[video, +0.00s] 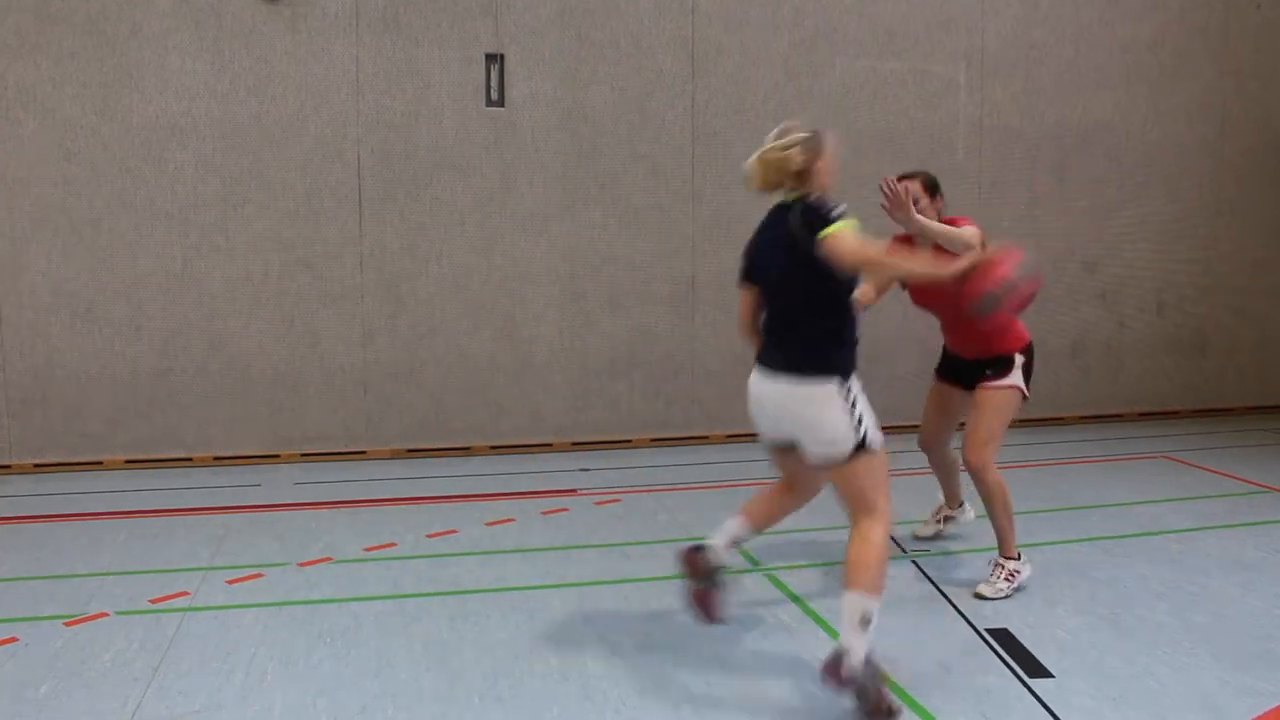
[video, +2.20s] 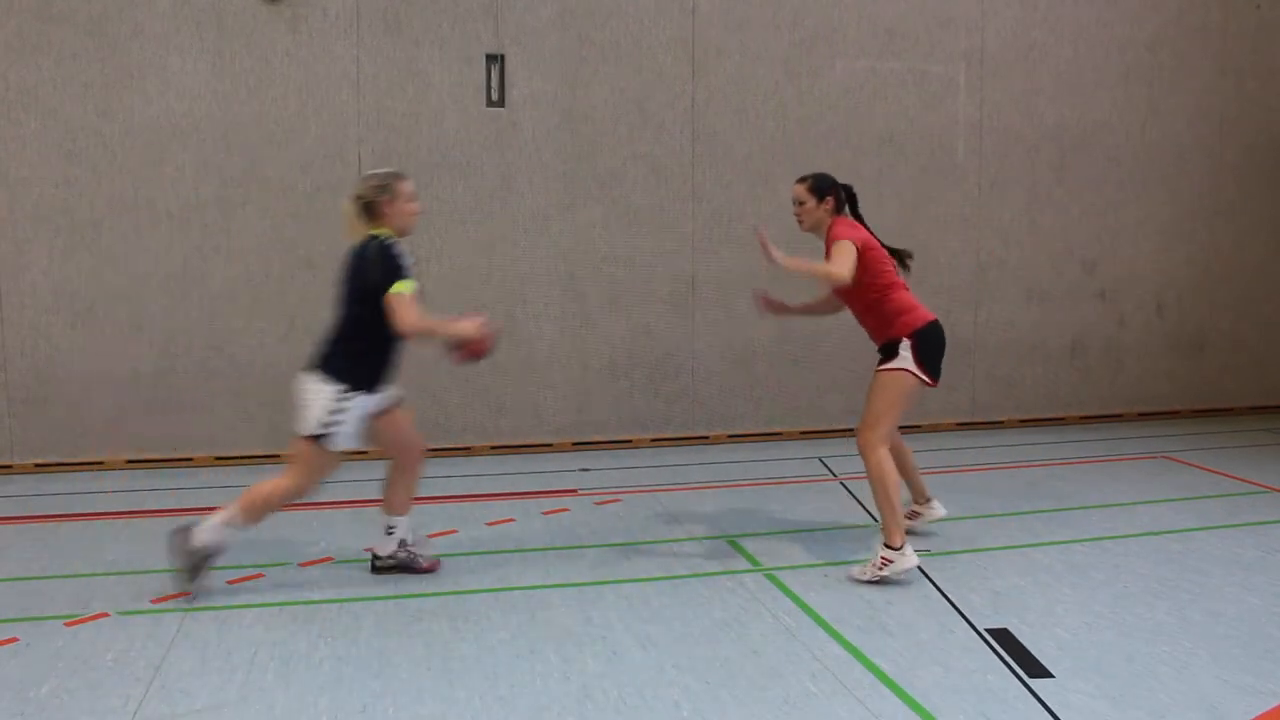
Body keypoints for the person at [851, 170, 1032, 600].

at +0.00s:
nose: (911, 213)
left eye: (917, 203)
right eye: (904, 207)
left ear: (937, 201)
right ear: (898, 213)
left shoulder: (963, 231)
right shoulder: (900, 247)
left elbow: (965, 243)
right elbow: (872, 286)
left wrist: (911, 219)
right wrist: (852, 302)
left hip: (1005, 354)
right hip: (959, 353)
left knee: (978, 458)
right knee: (932, 440)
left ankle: (1010, 559)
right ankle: (954, 504)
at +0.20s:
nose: (899, 227)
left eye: (904, 219)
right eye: (894, 220)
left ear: (932, 218)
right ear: (894, 224)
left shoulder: (959, 246)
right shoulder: (900, 267)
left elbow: (984, 281)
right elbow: (862, 327)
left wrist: (931, 257)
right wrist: (840, 316)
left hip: (1004, 372)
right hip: (958, 373)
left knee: (974, 470)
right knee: (914, 455)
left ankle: (1014, 576)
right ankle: (945, 525)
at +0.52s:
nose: (866, 223)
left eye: (873, 215)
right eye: (864, 216)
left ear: (900, 215)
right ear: (872, 220)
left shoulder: (930, 249)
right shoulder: (879, 260)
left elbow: (969, 305)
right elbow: (868, 316)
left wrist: (917, 312)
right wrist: (834, 334)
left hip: (977, 359)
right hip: (936, 363)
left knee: (952, 454)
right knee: (902, 443)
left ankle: (996, 559)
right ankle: (931, 522)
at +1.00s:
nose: (825, 207)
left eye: (832, 200)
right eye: (824, 201)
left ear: (858, 204)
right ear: (831, 207)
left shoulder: (882, 240)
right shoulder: (846, 246)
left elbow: (910, 303)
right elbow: (863, 301)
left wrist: (868, 328)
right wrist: (836, 330)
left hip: (929, 340)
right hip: (894, 342)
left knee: (899, 429)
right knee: (872, 423)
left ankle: (948, 521)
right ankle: (895, 496)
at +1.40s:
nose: (795, 226)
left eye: (802, 219)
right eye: (795, 219)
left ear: (827, 222)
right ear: (818, 224)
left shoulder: (845, 254)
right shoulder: (822, 259)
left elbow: (877, 315)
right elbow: (837, 311)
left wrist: (833, 335)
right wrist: (805, 337)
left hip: (902, 347)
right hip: (874, 349)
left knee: (855, 424)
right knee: (839, 422)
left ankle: (901, 513)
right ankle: (867, 495)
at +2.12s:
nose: (794, 213)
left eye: (799, 205)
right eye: (792, 206)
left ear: (826, 204)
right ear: (824, 206)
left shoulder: (841, 233)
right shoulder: (835, 240)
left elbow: (858, 294)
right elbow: (851, 308)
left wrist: (803, 301)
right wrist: (809, 330)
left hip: (908, 342)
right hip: (898, 343)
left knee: (873, 443)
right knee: (880, 432)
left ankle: (901, 550)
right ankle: (910, 503)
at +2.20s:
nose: (795, 212)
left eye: (801, 204)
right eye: (794, 205)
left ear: (828, 203)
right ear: (825, 205)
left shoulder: (842, 230)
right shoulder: (841, 238)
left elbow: (841, 275)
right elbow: (839, 302)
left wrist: (785, 262)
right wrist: (787, 308)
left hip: (911, 338)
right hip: (903, 338)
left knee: (871, 439)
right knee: (884, 429)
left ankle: (895, 549)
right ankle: (922, 503)